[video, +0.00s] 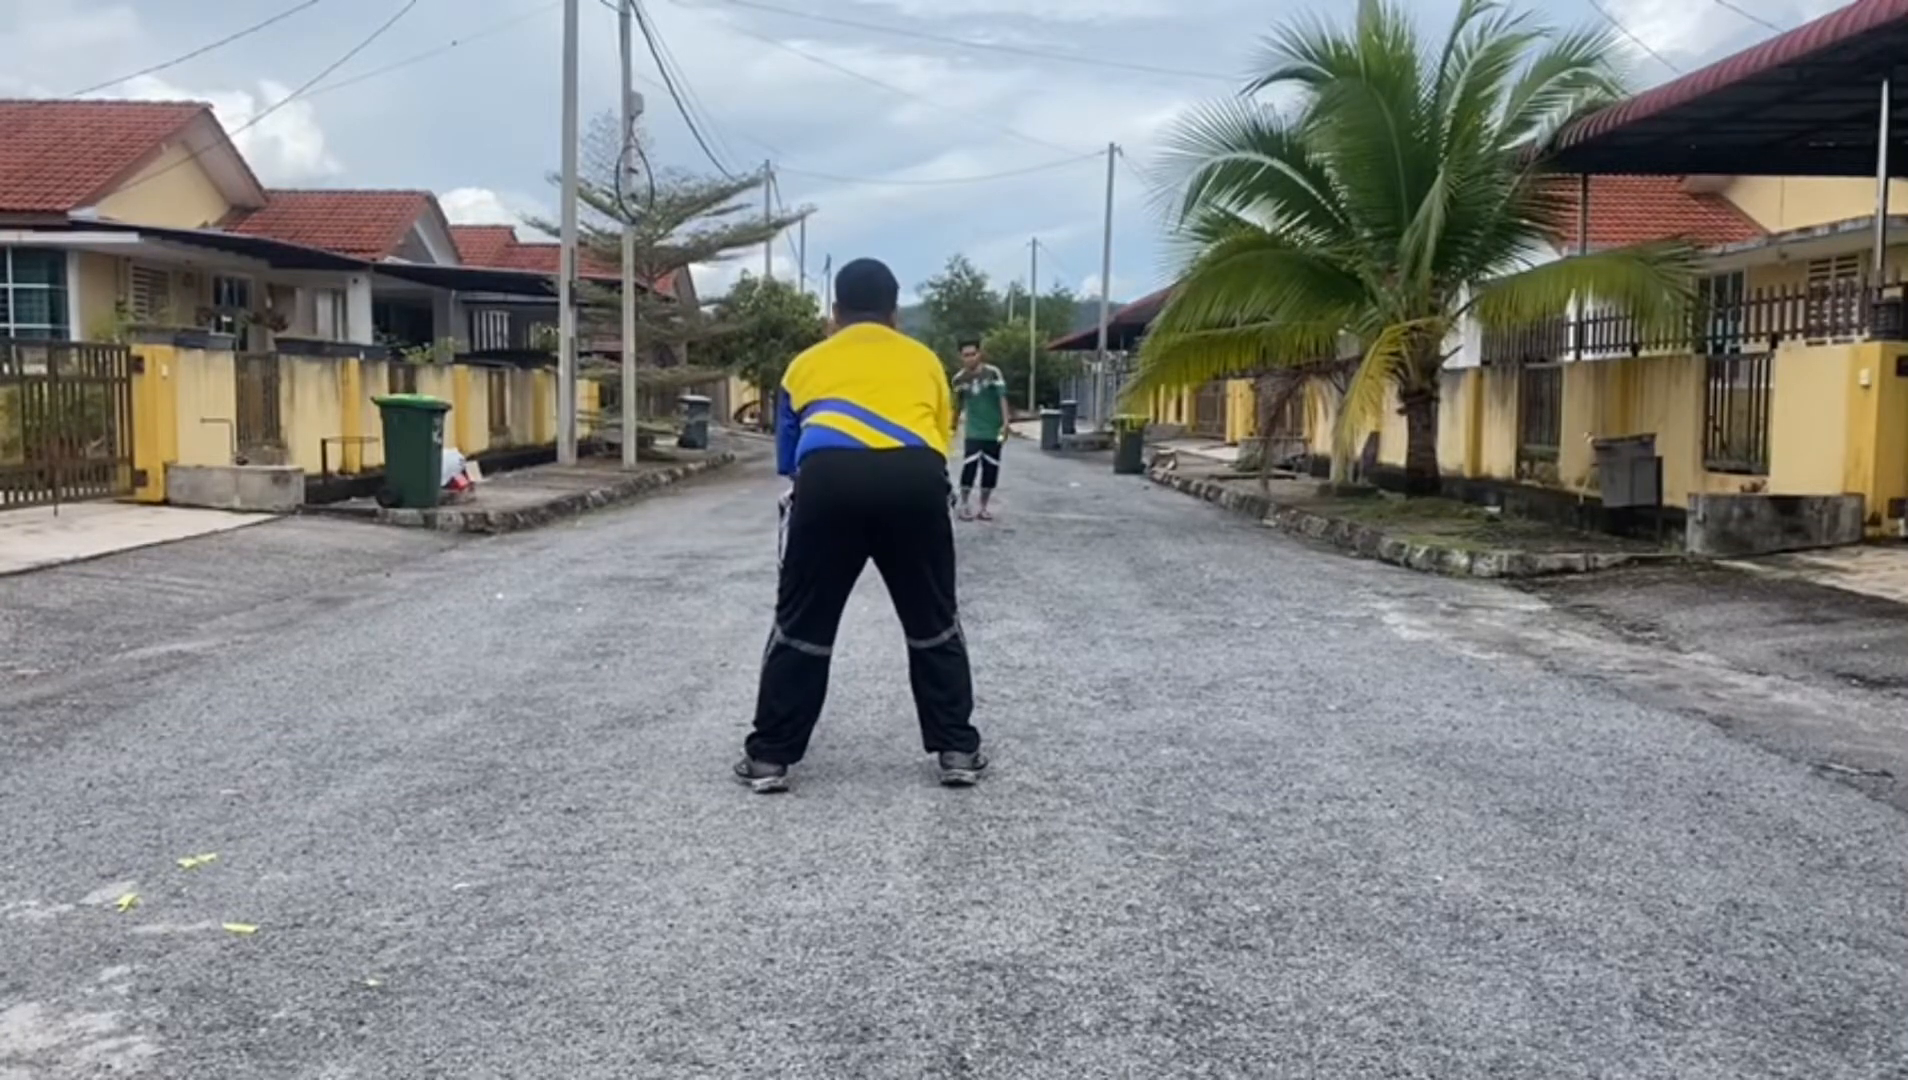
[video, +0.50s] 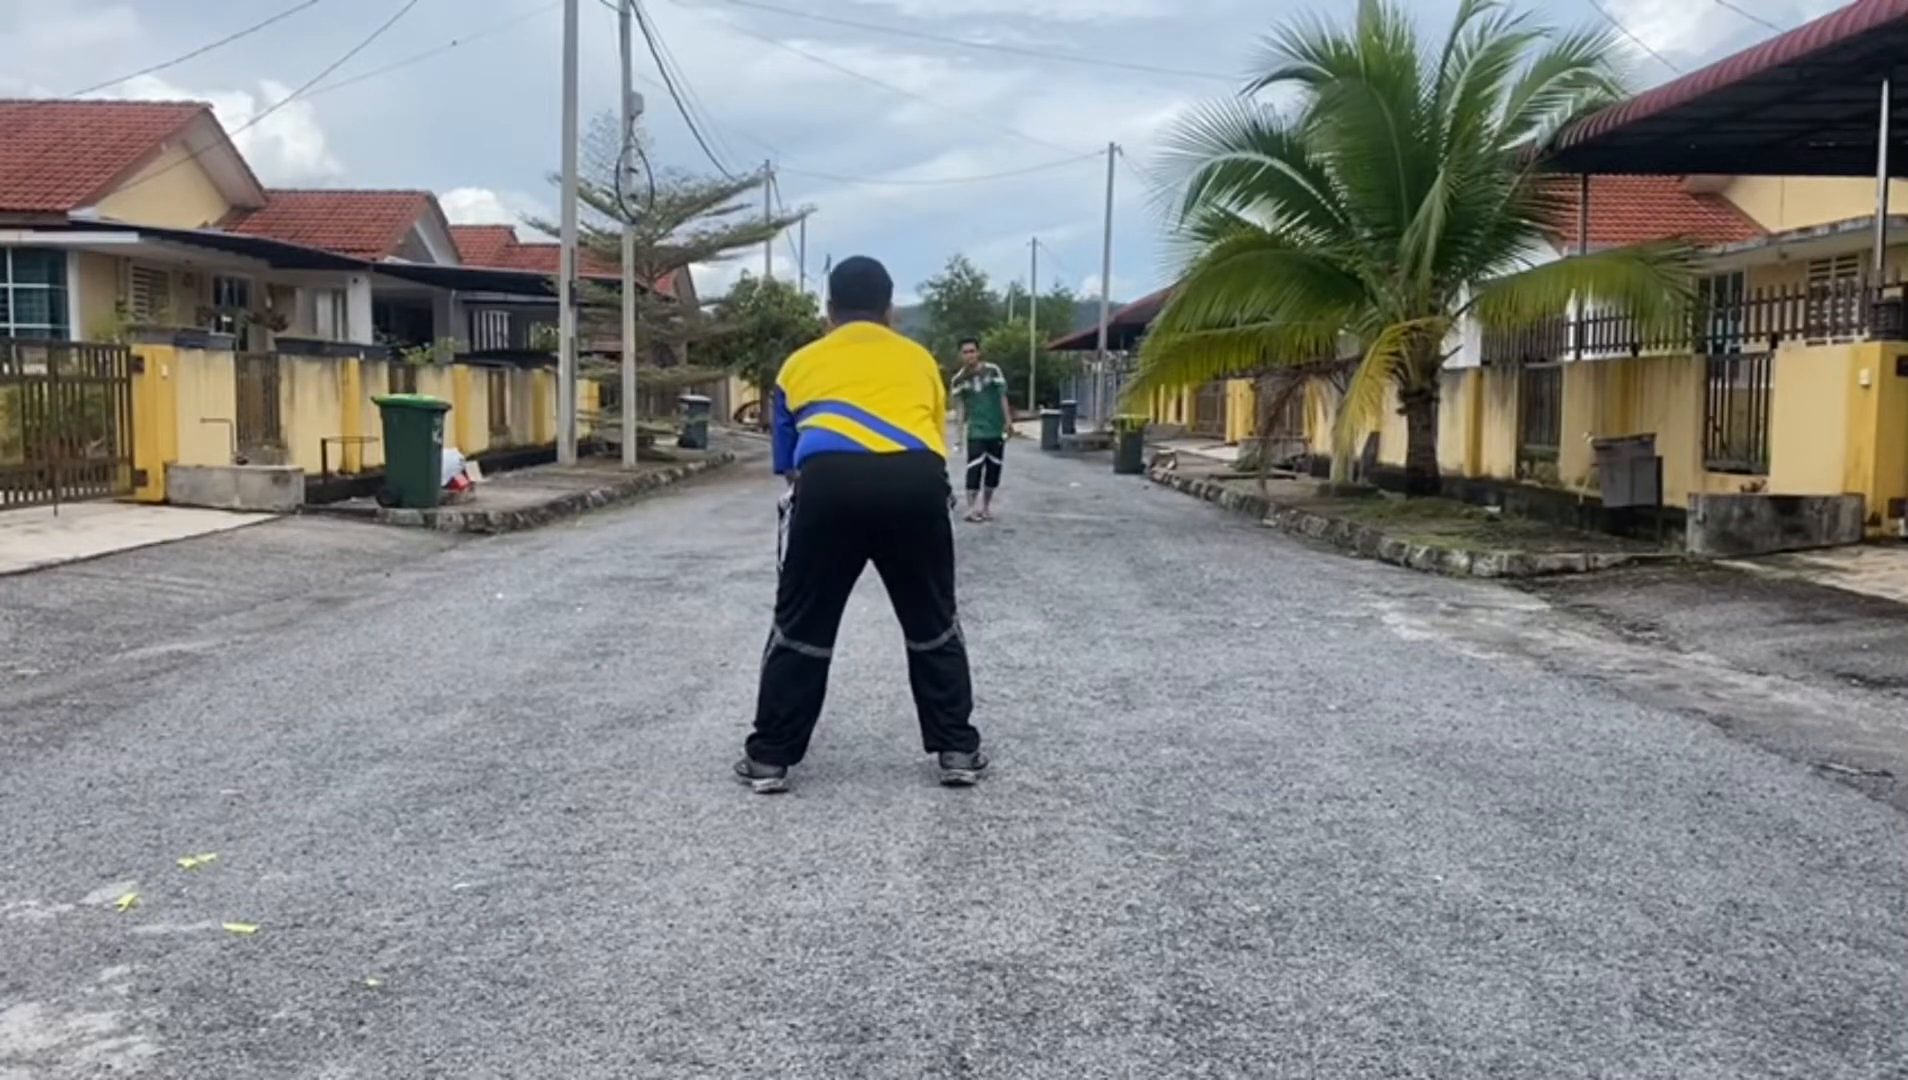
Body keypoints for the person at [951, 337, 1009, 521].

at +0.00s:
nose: (970, 359)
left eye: (973, 354)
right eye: (966, 355)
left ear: (980, 354)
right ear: (961, 358)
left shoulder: (993, 373)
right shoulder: (959, 379)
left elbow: (1002, 398)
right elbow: (957, 404)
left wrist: (1005, 422)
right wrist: (954, 423)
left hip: (993, 429)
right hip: (973, 430)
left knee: (990, 471)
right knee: (969, 468)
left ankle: (983, 506)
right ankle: (964, 504)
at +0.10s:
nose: (968, 360)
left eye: (971, 355)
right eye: (964, 356)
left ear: (978, 356)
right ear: (960, 359)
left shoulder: (992, 373)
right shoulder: (962, 378)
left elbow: (1003, 398)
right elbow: (957, 379)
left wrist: (1008, 422)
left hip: (995, 428)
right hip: (975, 428)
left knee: (991, 470)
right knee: (972, 465)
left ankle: (984, 507)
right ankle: (965, 503)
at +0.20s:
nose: (967, 360)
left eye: (970, 356)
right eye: (963, 357)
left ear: (977, 356)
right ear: (960, 359)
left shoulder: (992, 373)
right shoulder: (961, 378)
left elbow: (1003, 398)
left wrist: (1009, 422)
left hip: (996, 428)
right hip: (975, 427)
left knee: (992, 468)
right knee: (974, 464)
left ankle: (984, 507)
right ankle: (969, 504)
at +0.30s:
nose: (966, 360)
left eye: (969, 355)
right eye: (963, 356)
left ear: (977, 356)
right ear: (959, 359)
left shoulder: (991, 373)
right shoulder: (960, 379)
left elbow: (1003, 398)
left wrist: (1009, 421)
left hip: (996, 428)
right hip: (975, 428)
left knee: (992, 468)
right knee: (975, 466)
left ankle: (984, 507)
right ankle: (970, 506)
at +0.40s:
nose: (967, 358)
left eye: (970, 354)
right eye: (963, 355)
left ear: (977, 355)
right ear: (959, 359)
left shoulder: (992, 373)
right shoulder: (958, 380)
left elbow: (1003, 398)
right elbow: (960, 405)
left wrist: (1008, 422)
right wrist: (961, 424)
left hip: (996, 427)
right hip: (976, 428)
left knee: (993, 469)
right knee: (975, 466)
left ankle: (985, 508)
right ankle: (971, 507)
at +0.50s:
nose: (969, 355)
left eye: (972, 351)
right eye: (965, 352)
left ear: (978, 352)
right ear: (961, 356)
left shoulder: (993, 371)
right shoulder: (959, 380)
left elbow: (1003, 397)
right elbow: (960, 410)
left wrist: (1008, 421)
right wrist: (959, 436)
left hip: (996, 428)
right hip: (975, 430)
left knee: (993, 470)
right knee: (974, 468)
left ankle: (986, 507)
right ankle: (971, 507)